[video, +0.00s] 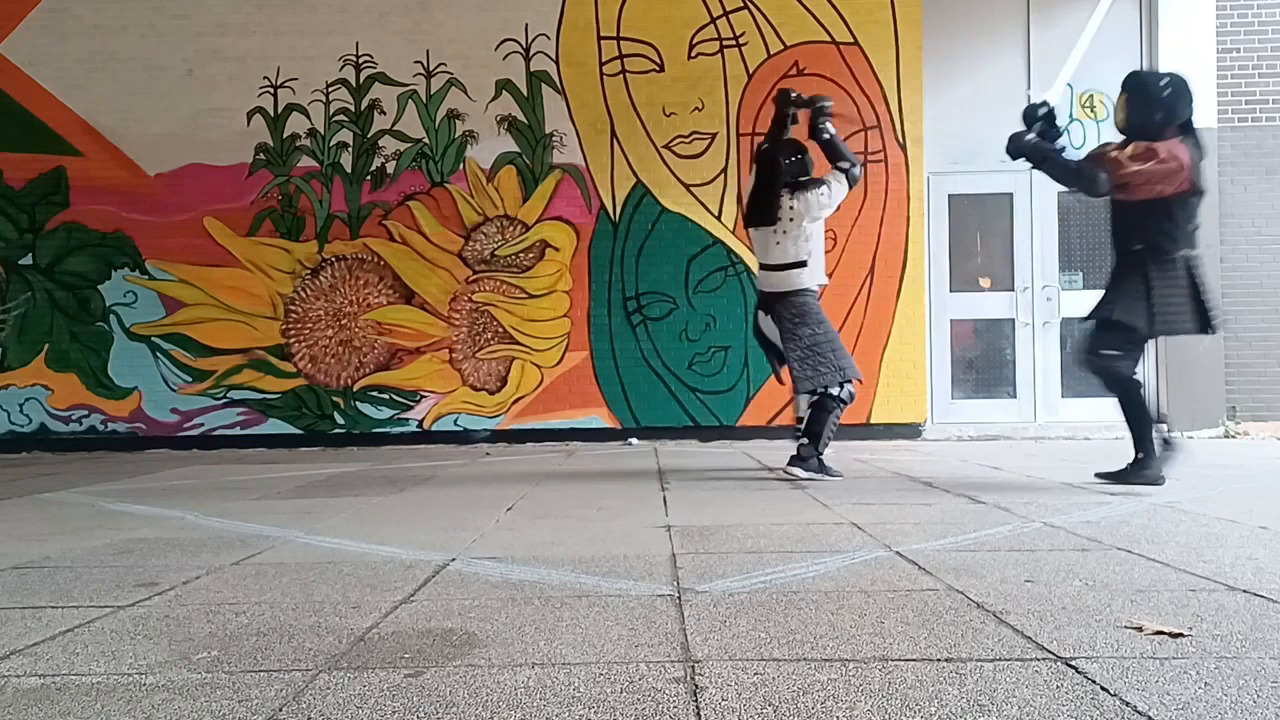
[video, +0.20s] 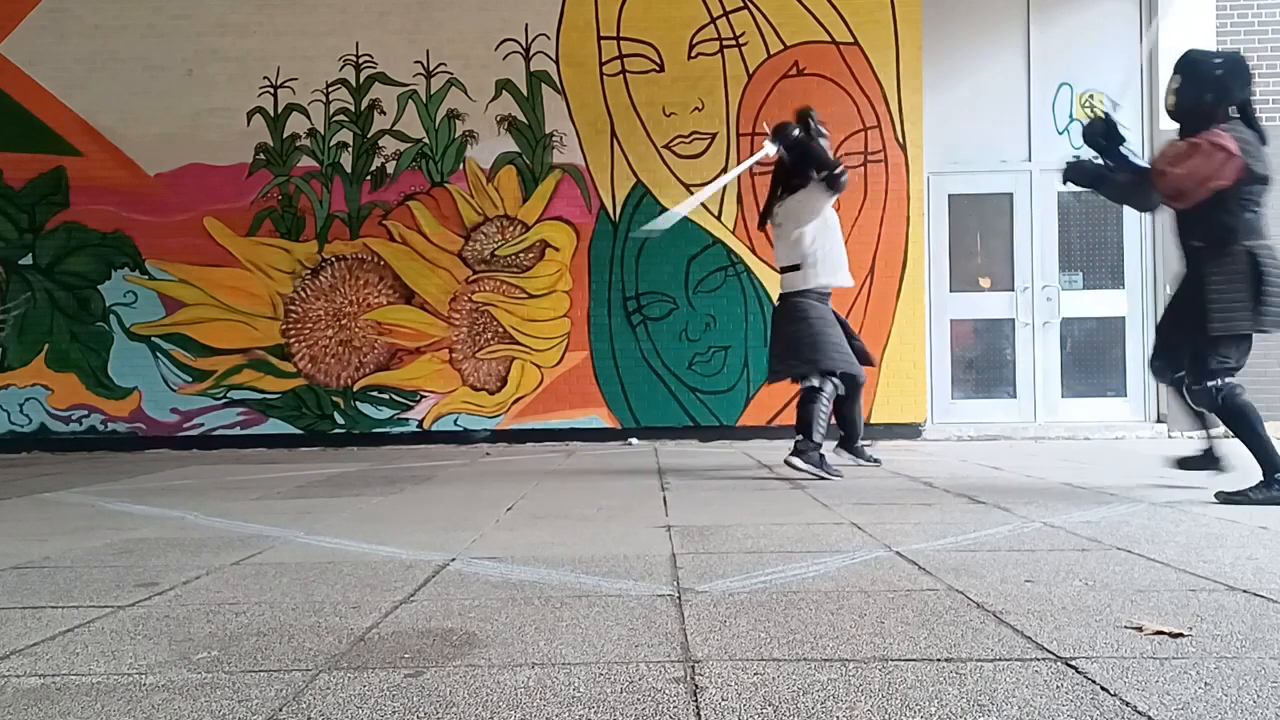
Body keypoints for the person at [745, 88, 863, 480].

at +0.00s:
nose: (809, 169)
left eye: (804, 164)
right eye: (805, 163)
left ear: (768, 169)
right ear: (799, 170)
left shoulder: (756, 202)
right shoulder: (808, 200)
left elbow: (766, 163)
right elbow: (850, 170)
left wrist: (782, 118)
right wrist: (824, 134)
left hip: (768, 302)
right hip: (799, 303)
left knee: (811, 376)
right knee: (844, 381)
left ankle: (810, 451)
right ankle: (807, 455)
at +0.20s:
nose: (830, 151)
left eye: (828, 145)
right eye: (826, 145)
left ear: (790, 164)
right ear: (807, 163)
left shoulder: (793, 204)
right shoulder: (794, 205)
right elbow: (836, 179)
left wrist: (791, 147)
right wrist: (805, 143)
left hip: (815, 305)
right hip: (803, 306)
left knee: (852, 375)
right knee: (825, 376)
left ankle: (851, 443)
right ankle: (808, 446)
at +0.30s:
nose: (818, 185)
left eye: (819, 179)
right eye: (812, 180)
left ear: (820, 181)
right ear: (795, 184)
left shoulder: (827, 209)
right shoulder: (779, 221)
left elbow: (854, 189)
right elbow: (802, 202)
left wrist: (840, 157)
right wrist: (795, 166)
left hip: (827, 312)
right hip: (798, 311)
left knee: (861, 378)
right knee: (819, 371)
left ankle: (848, 447)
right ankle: (801, 451)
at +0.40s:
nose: (812, 199)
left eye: (817, 193)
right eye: (806, 193)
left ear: (822, 197)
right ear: (791, 195)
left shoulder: (829, 230)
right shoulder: (778, 233)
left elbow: (863, 222)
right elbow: (777, 226)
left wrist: (837, 198)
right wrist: (787, 190)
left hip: (826, 318)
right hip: (793, 317)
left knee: (868, 378)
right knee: (806, 376)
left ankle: (850, 446)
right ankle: (776, 441)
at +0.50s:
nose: (807, 207)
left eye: (811, 201)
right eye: (801, 201)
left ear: (815, 201)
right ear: (786, 200)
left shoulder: (824, 228)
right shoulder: (770, 229)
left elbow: (845, 254)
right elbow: (745, 252)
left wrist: (811, 233)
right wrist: (767, 215)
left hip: (818, 321)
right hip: (781, 322)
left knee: (863, 376)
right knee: (777, 385)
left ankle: (849, 447)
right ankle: (742, 436)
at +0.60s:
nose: (793, 212)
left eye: (797, 206)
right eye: (787, 207)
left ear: (803, 206)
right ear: (773, 208)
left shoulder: (813, 235)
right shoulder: (753, 235)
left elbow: (823, 272)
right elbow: (717, 260)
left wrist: (783, 265)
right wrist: (754, 227)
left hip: (803, 326)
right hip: (762, 328)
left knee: (850, 373)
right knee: (743, 387)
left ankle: (849, 448)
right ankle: (720, 432)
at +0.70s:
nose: (772, 215)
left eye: (777, 208)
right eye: (765, 209)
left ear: (783, 209)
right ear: (750, 210)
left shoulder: (791, 241)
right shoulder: (731, 240)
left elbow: (792, 286)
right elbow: (690, 270)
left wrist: (747, 284)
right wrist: (723, 252)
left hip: (778, 329)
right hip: (735, 330)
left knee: (820, 379)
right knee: (708, 391)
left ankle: (845, 447)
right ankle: (717, 446)